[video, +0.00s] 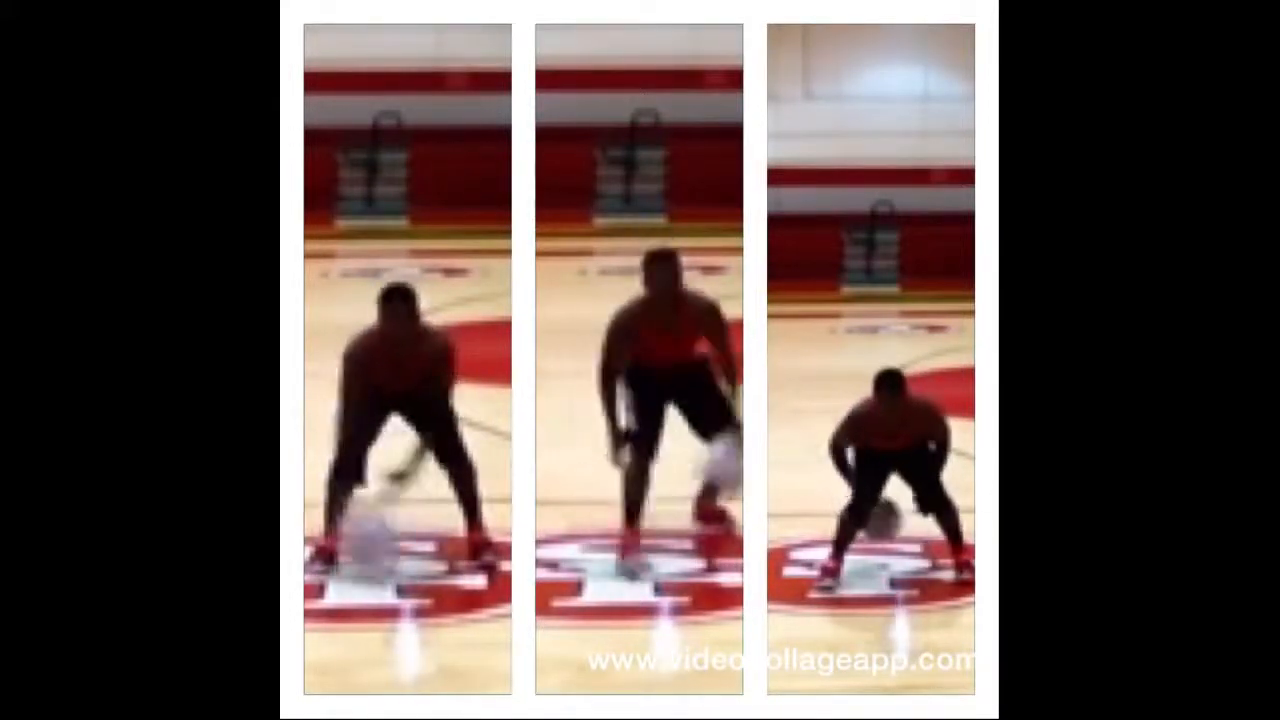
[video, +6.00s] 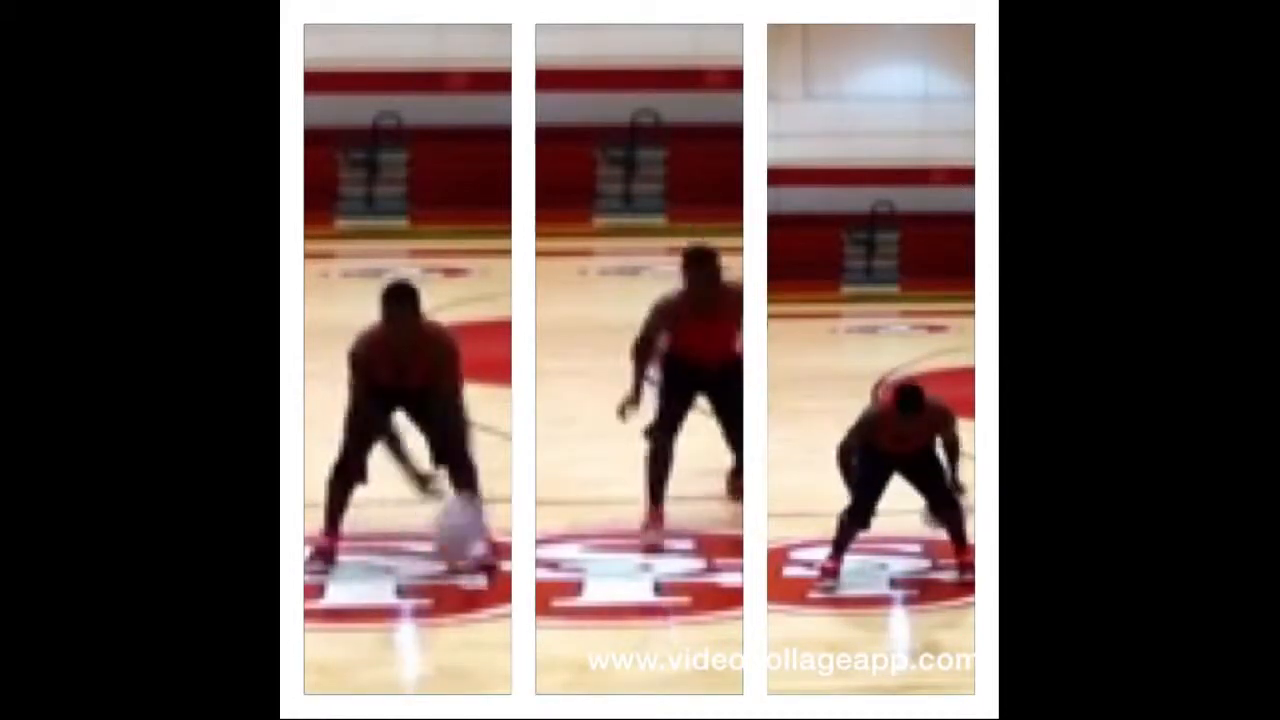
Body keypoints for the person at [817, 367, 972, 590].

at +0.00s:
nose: (891, 408)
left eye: (896, 401)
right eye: (885, 401)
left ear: (905, 395)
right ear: (876, 396)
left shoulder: (924, 412)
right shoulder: (862, 415)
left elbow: (943, 442)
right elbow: (836, 446)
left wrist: (929, 484)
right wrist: (854, 483)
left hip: (912, 453)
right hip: (872, 454)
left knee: (939, 501)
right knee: (860, 506)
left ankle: (960, 556)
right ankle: (834, 561)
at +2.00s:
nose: (906, 403)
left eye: (911, 395)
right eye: (901, 396)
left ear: (920, 391)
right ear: (891, 391)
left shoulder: (934, 410)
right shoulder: (874, 409)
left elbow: (943, 445)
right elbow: (841, 446)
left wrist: (935, 477)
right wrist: (853, 485)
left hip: (913, 455)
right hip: (873, 456)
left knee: (939, 505)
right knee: (858, 509)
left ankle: (961, 557)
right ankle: (834, 560)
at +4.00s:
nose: (893, 404)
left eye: (901, 398)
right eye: (889, 396)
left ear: (912, 392)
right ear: (882, 390)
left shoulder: (930, 410)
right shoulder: (869, 410)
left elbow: (952, 438)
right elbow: (846, 436)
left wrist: (943, 472)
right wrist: (852, 475)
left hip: (919, 452)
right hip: (879, 451)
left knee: (940, 502)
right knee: (862, 507)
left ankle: (962, 557)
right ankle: (835, 559)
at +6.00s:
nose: (909, 423)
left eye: (914, 419)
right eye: (904, 419)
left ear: (923, 409)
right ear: (894, 409)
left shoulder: (938, 415)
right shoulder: (876, 416)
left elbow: (951, 444)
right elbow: (844, 450)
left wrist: (953, 478)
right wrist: (855, 488)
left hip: (918, 456)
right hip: (877, 457)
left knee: (947, 504)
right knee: (860, 510)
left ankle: (963, 555)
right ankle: (834, 560)